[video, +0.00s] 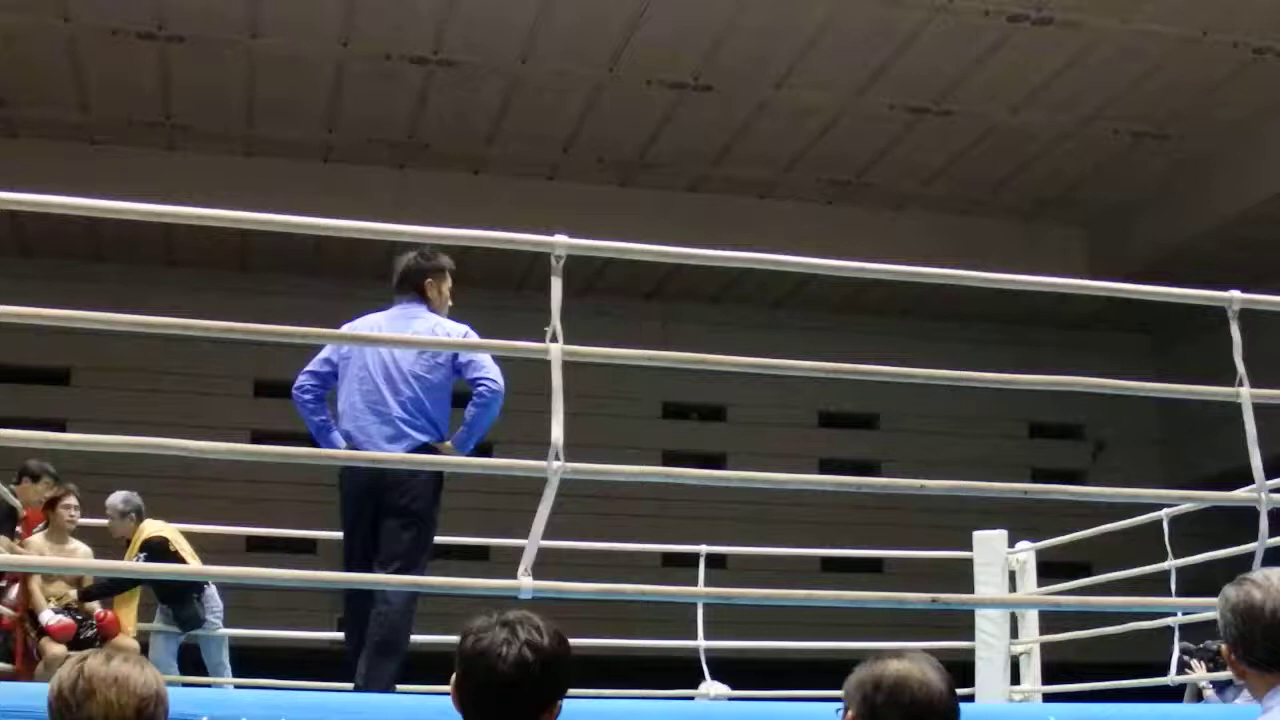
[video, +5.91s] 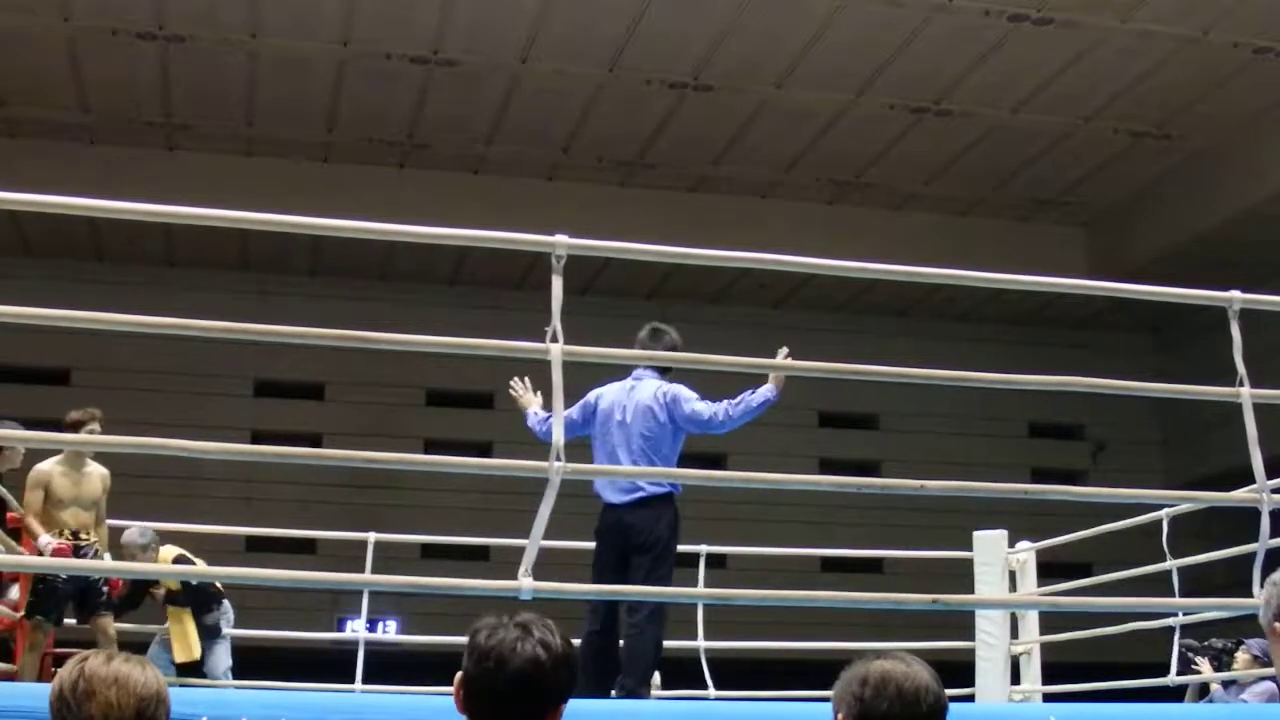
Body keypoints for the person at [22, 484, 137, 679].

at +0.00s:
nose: (73, 514)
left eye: (76, 509)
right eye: (66, 508)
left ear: (80, 513)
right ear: (50, 512)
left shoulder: (84, 551)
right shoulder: (33, 544)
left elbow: (87, 592)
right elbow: (33, 585)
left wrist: (99, 613)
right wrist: (47, 617)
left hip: (78, 612)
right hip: (42, 611)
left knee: (129, 646)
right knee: (57, 653)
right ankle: (36, 705)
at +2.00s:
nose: (80, 517)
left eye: (83, 511)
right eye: (73, 510)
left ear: (87, 515)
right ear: (56, 514)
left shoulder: (88, 551)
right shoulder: (38, 544)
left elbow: (92, 593)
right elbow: (36, 587)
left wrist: (106, 614)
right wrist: (50, 618)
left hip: (78, 614)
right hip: (42, 612)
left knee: (128, 646)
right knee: (56, 652)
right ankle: (37, 704)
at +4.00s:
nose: (76, 519)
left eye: (80, 513)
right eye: (70, 513)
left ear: (84, 516)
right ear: (54, 515)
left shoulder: (86, 552)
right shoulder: (36, 545)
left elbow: (91, 594)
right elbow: (34, 587)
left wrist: (105, 614)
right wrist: (48, 617)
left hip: (77, 612)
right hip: (43, 611)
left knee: (129, 646)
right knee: (56, 652)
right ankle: (36, 705)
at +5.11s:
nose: (113, 498)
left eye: (116, 492)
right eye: (107, 491)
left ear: (118, 494)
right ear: (89, 492)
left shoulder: (113, 524)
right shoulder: (64, 521)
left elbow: (111, 568)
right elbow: (51, 571)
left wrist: (120, 604)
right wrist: (59, 614)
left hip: (93, 598)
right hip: (60, 595)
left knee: (126, 647)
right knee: (52, 650)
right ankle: (27, 702)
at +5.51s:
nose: (106, 451)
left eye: (109, 445)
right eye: (100, 445)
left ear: (110, 447)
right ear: (83, 446)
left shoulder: (110, 484)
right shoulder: (55, 481)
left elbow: (111, 530)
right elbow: (38, 529)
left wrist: (120, 566)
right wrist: (44, 569)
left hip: (96, 561)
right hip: (60, 559)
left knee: (112, 639)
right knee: (45, 640)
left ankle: (110, 709)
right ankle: (25, 702)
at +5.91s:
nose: (97, 438)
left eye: (99, 433)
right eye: (91, 433)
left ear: (99, 436)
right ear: (72, 434)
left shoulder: (102, 474)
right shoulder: (43, 471)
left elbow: (101, 522)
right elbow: (30, 516)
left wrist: (104, 558)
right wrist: (46, 543)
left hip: (91, 557)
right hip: (54, 555)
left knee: (108, 632)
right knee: (37, 637)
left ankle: (113, 703)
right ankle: (22, 705)